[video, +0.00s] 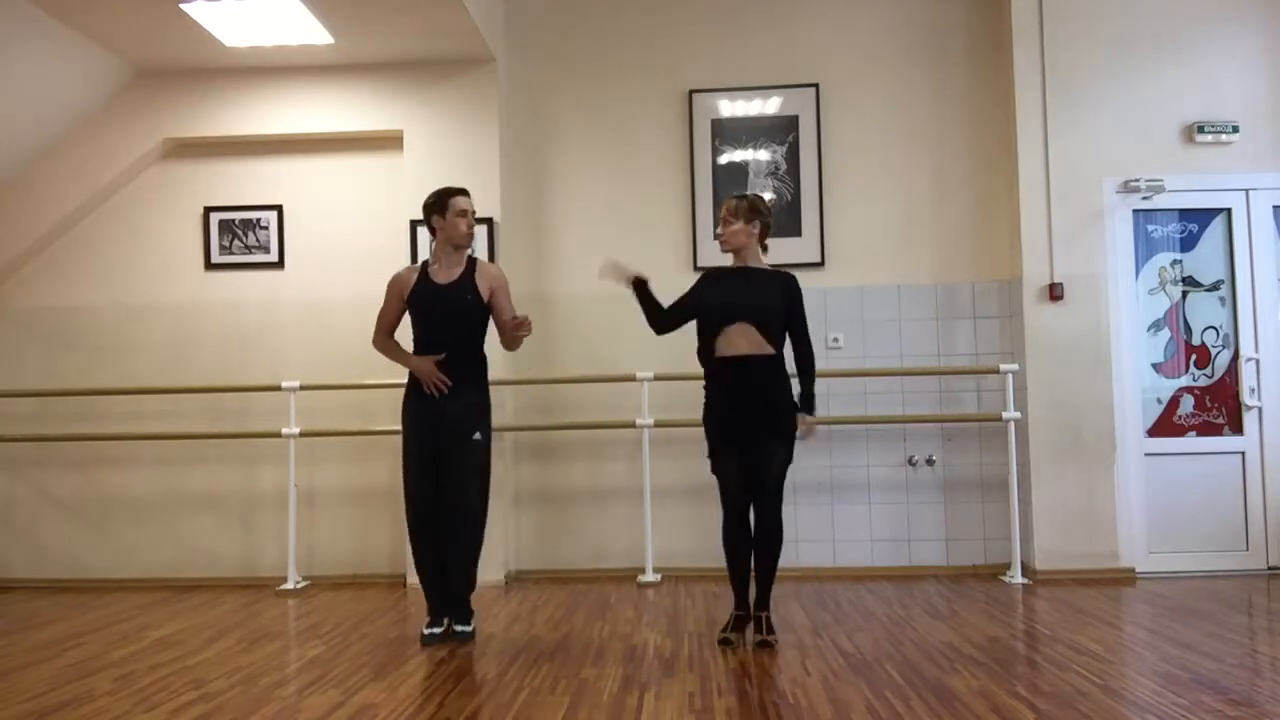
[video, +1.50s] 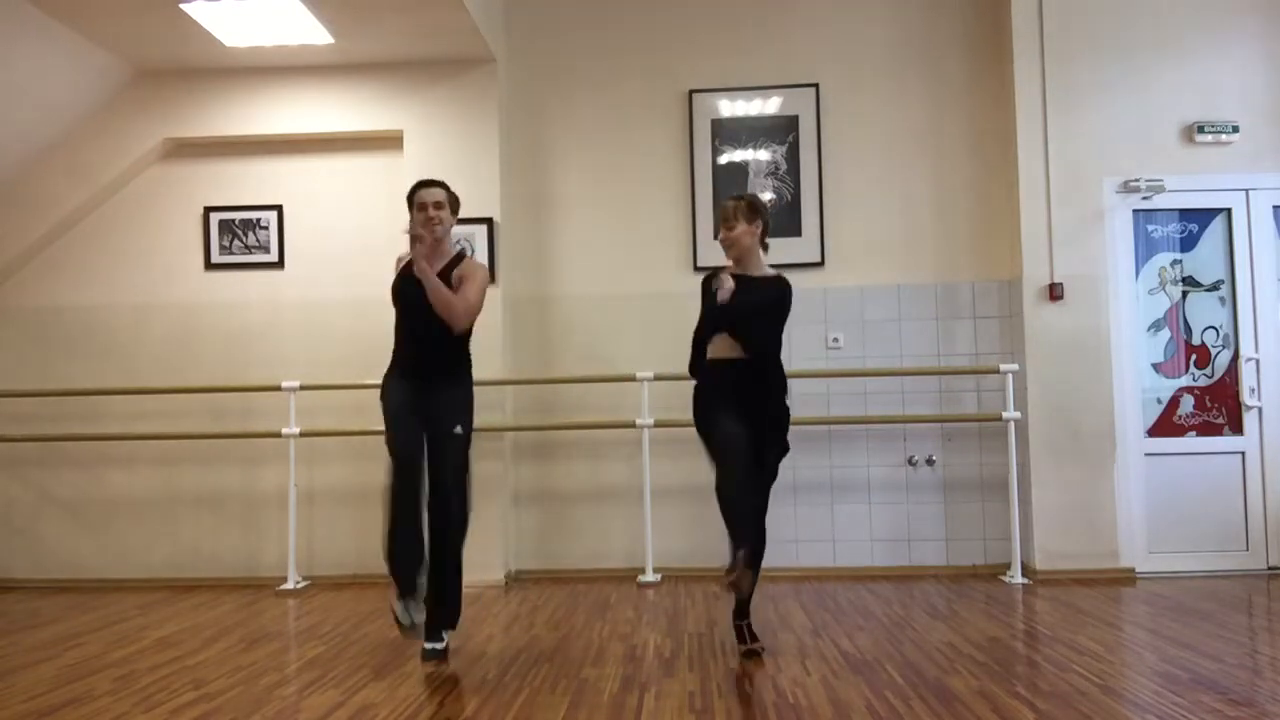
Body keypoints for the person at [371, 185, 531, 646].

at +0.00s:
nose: (470, 222)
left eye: (472, 215)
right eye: (461, 215)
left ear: (473, 223)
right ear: (436, 223)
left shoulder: (489, 276)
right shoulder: (407, 281)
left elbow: (508, 340)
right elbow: (381, 338)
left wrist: (518, 329)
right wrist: (413, 362)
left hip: (469, 401)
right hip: (423, 403)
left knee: (466, 507)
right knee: (424, 506)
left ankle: (461, 611)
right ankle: (437, 612)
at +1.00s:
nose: (440, 229)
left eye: (447, 221)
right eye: (431, 223)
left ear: (459, 230)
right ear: (417, 233)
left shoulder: (482, 285)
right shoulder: (399, 291)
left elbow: (527, 320)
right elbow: (385, 358)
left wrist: (514, 360)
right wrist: (405, 369)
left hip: (452, 403)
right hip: (405, 404)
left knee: (440, 481)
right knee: (410, 506)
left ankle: (443, 592)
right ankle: (432, 608)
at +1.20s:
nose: (429, 214)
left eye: (436, 205)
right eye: (419, 207)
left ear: (448, 212)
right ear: (406, 215)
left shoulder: (467, 267)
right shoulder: (388, 271)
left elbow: (483, 333)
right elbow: (375, 319)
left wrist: (431, 299)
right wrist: (367, 358)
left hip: (465, 388)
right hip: (417, 383)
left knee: (454, 509)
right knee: (403, 429)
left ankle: (441, 615)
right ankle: (418, 499)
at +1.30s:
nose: (429, 213)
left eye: (437, 206)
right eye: (420, 207)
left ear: (450, 214)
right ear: (407, 215)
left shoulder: (465, 270)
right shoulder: (389, 269)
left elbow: (463, 334)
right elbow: (386, 313)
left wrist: (425, 285)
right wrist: (383, 343)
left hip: (462, 387)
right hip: (416, 382)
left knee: (453, 509)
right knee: (421, 430)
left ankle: (440, 622)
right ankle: (427, 525)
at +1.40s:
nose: (433, 217)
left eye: (440, 209)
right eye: (423, 210)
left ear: (454, 216)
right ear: (411, 218)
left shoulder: (468, 277)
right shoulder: (400, 272)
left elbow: (453, 341)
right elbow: (400, 339)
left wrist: (429, 287)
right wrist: (397, 390)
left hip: (456, 401)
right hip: (408, 401)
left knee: (460, 506)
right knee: (423, 500)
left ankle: (445, 622)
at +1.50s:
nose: (431, 214)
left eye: (439, 207)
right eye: (423, 208)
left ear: (454, 215)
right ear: (411, 217)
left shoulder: (471, 268)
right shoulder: (403, 266)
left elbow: (460, 320)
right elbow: (405, 327)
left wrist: (426, 274)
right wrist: (397, 379)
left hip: (450, 392)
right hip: (402, 388)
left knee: (448, 504)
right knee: (406, 486)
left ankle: (440, 624)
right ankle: (407, 587)